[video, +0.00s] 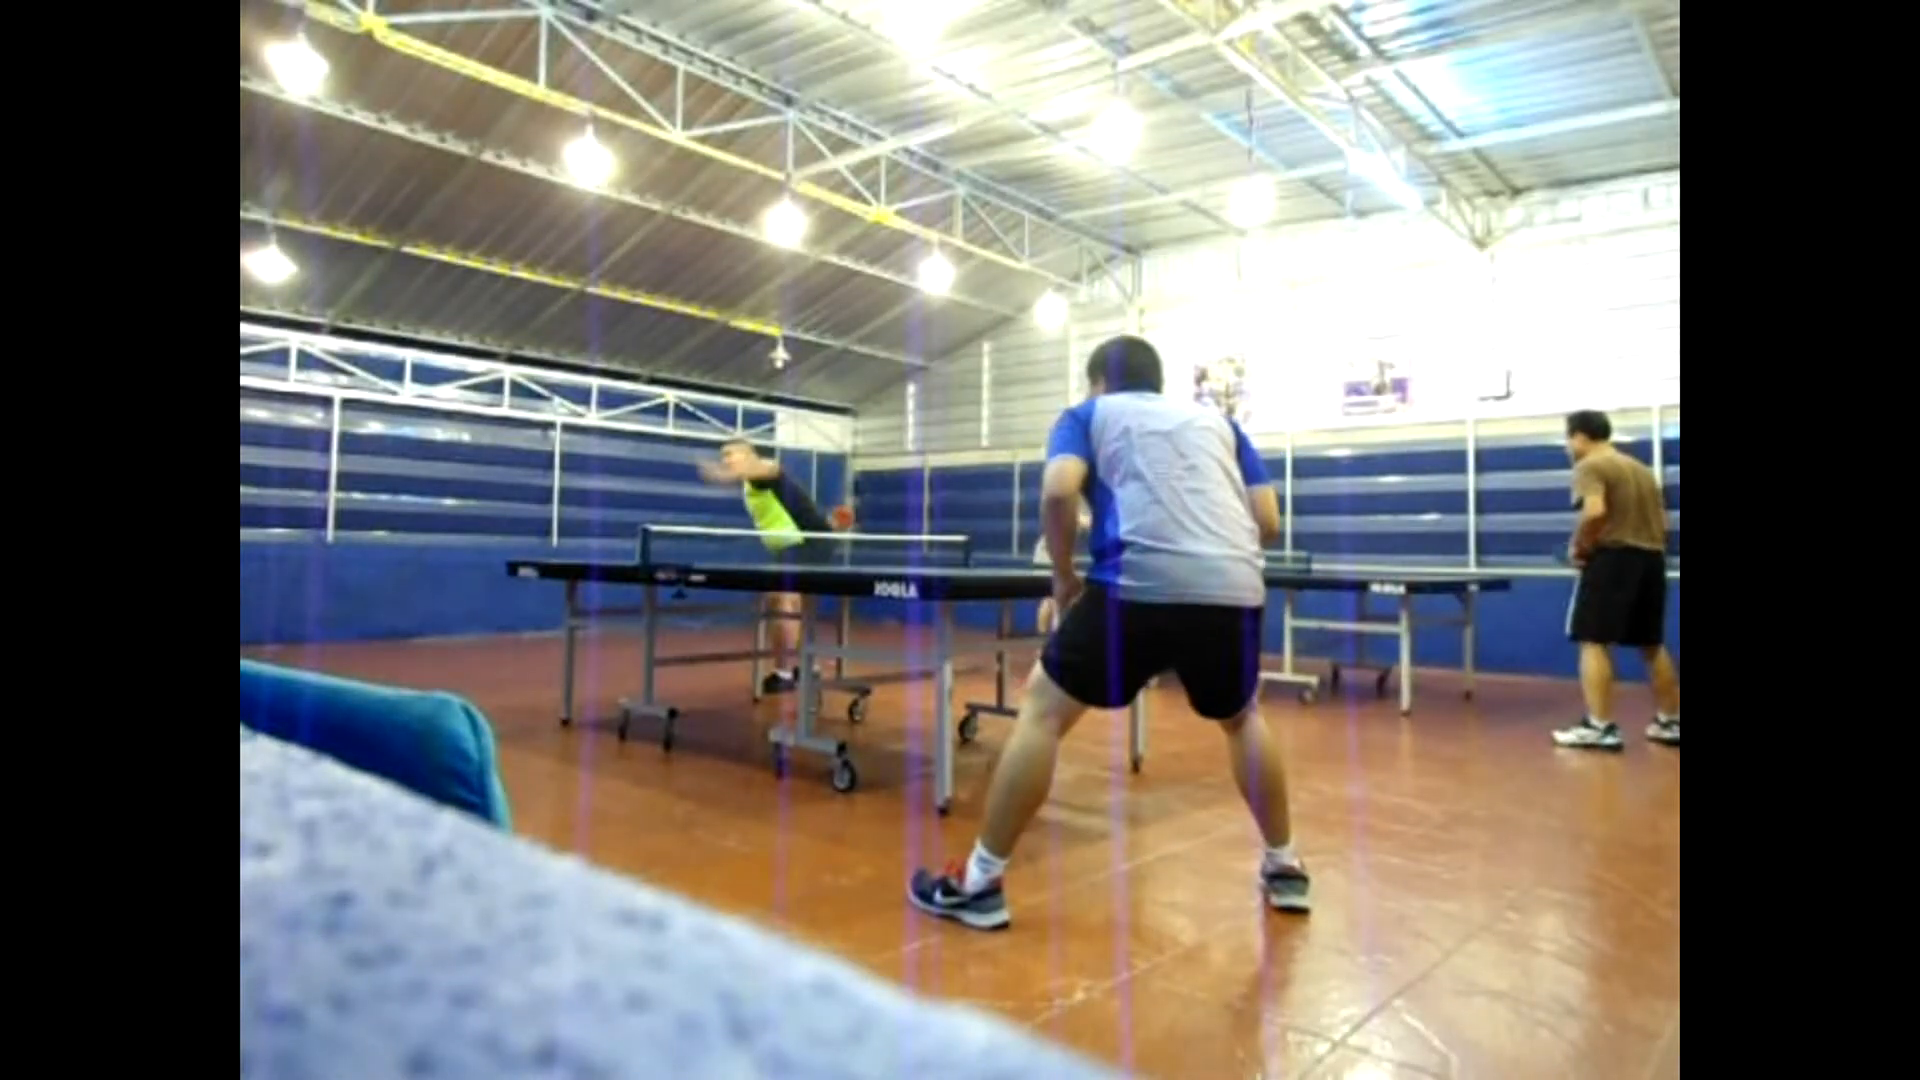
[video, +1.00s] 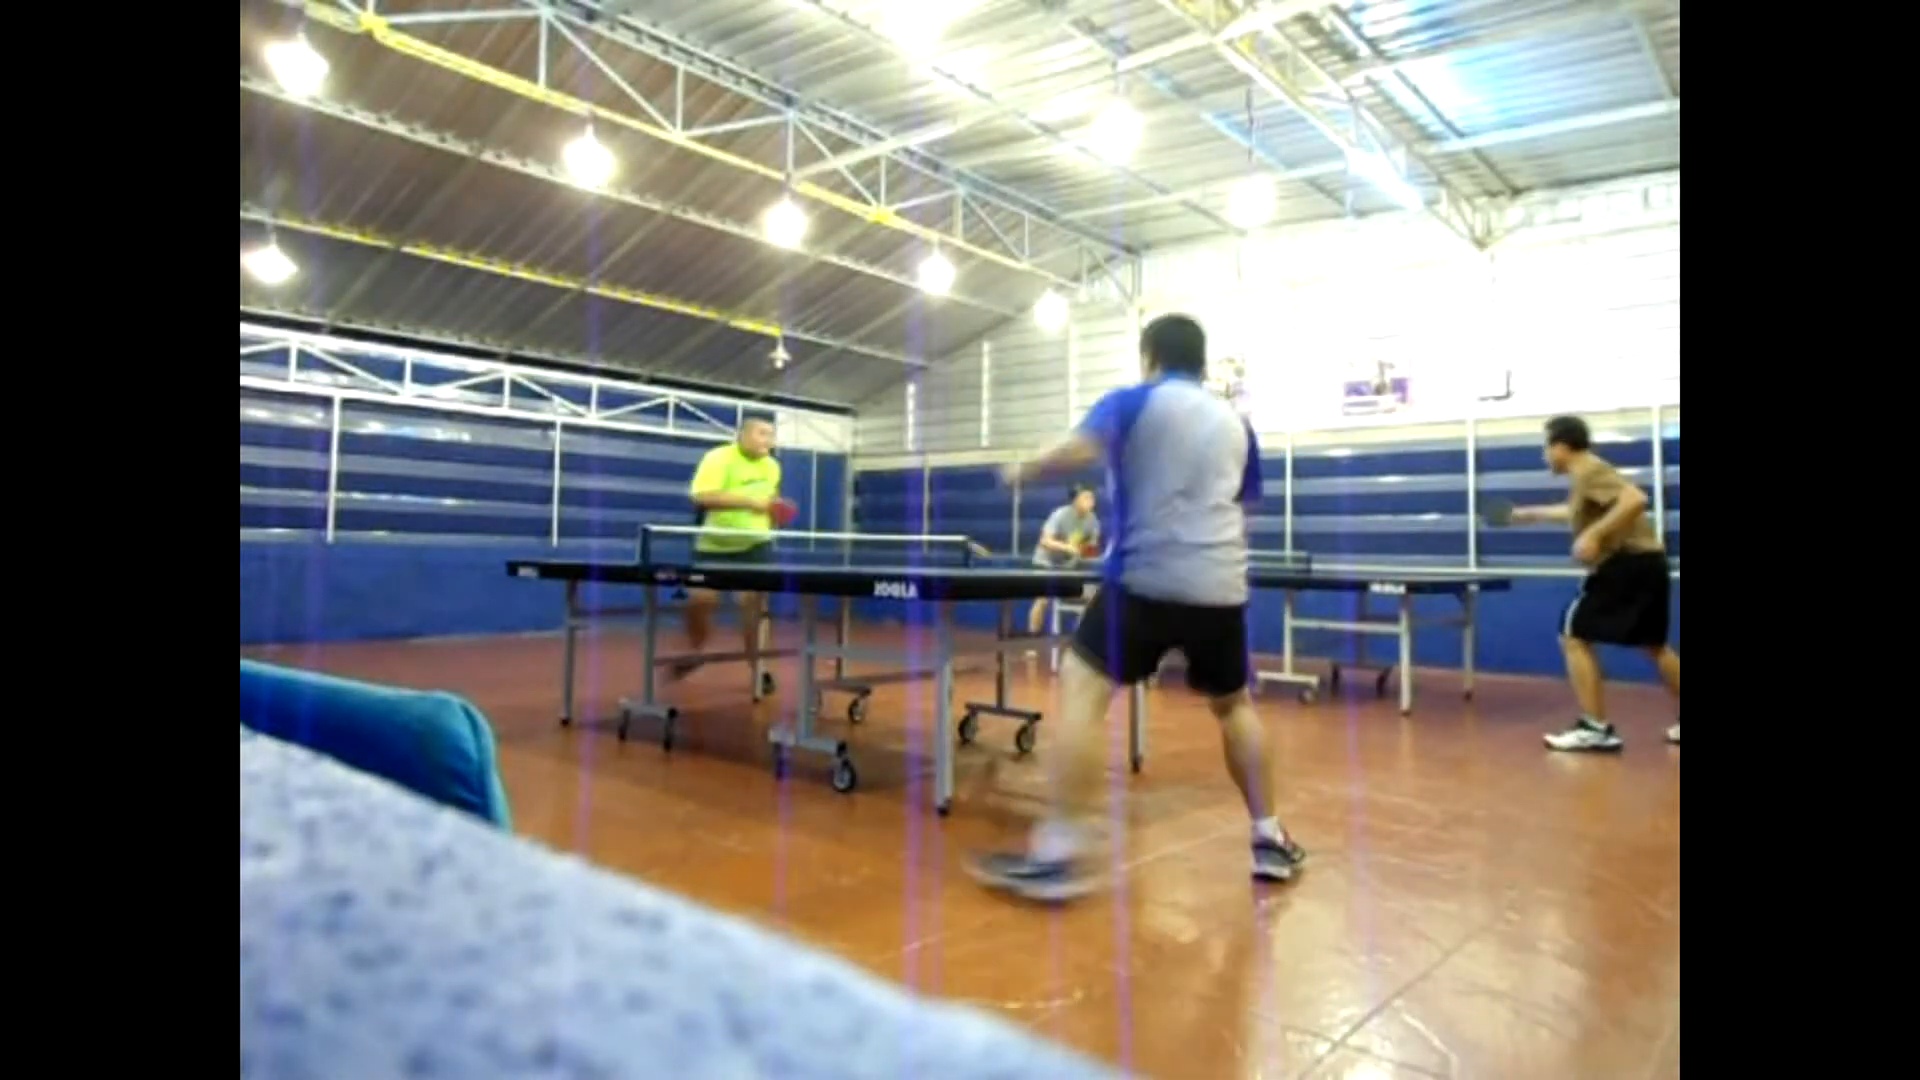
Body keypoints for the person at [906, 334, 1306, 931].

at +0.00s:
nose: (1087, 396)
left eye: (1088, 387)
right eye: (1089, 389)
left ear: (1101, 383)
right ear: (1159, 383)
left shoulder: (1086, 414)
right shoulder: (1220, 423)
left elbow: (1060, 490)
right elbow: (1268, 521)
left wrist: (1065, 584)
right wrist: (1215, 552)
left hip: (1137, 589)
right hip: (1232, 594)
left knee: (1043, 718)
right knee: (1242, 719)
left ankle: (979, 883)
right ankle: (1284, 866)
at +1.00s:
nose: (1140, 365)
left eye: (1143, 357)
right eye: (1144, 357)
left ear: (1152, 358)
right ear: (1202, 361)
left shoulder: (1132, 404)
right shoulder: (1235, 425)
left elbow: (1079, 454)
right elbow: (1246, 501)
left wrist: (1022, 472)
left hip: (1144, 590)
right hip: (1219, 597)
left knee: (1081, 698)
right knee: (1235, 707)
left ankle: (1055, 849)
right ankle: (1268, 837)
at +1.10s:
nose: (1143, 357)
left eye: (1146, 349)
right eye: (1146, 350)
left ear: (1157, 348)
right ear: (1202, 351)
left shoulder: (1158, 378)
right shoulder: (1231, 407)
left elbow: (1108, 410)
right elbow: (1222, 481)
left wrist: (1014, 422)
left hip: (1171, 563)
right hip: (1236, 567)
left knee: (1104, 670)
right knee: (1221, 679)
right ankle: (1267, 790)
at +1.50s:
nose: (1151, 451)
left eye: (1153, 444)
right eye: (1151, 446)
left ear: (1166, 438)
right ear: (1198, 435)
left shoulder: (1190, 446)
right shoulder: (1207, 473)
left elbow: (1187, 474)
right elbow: (1166, 529)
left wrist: (1128, 488)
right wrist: (1109, 522)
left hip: (1238, 591)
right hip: (1271, 594)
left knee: (1167, 695)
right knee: (1215, 679)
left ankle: (1221, 811)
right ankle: (1206, 772)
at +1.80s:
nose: (1183, 428)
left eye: (1187, 417)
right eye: (1185, 417)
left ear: (1204, 416)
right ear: (1233, 414)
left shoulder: (1228, 443)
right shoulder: (1262, 456)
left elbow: (1215, 482)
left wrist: (1133, 519)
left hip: (1257, 601)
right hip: (1286, 604)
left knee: (1206, 710)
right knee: (1219, 678)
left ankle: (1296, 833)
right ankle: (1220, 766)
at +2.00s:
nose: (1216, 386)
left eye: (1220, 376)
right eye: (1217, 376)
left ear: (1240, 371)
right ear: (1269, 372)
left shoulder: (1254, 399)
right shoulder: (1297, 415)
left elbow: (1248, 448)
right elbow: (1320, 493)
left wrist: (1163, 509)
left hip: (1290, 567)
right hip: (1333, 570)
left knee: (1220, 680)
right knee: (1292, 675)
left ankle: (1296, 827)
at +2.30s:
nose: (1235, 451)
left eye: (1237, 437)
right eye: (1233, 440)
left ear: (1259, 428)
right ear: (1275, 426)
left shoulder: (1299, 449)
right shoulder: (1307, 472)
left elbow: (1204, 494)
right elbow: (1324, 568)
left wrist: (1161, 523)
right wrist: (1272, 607)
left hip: (1405, 616)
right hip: (1397, 616)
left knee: (1293, 698)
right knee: (1328, 701)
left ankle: (1327, 871)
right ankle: (1385, 808)